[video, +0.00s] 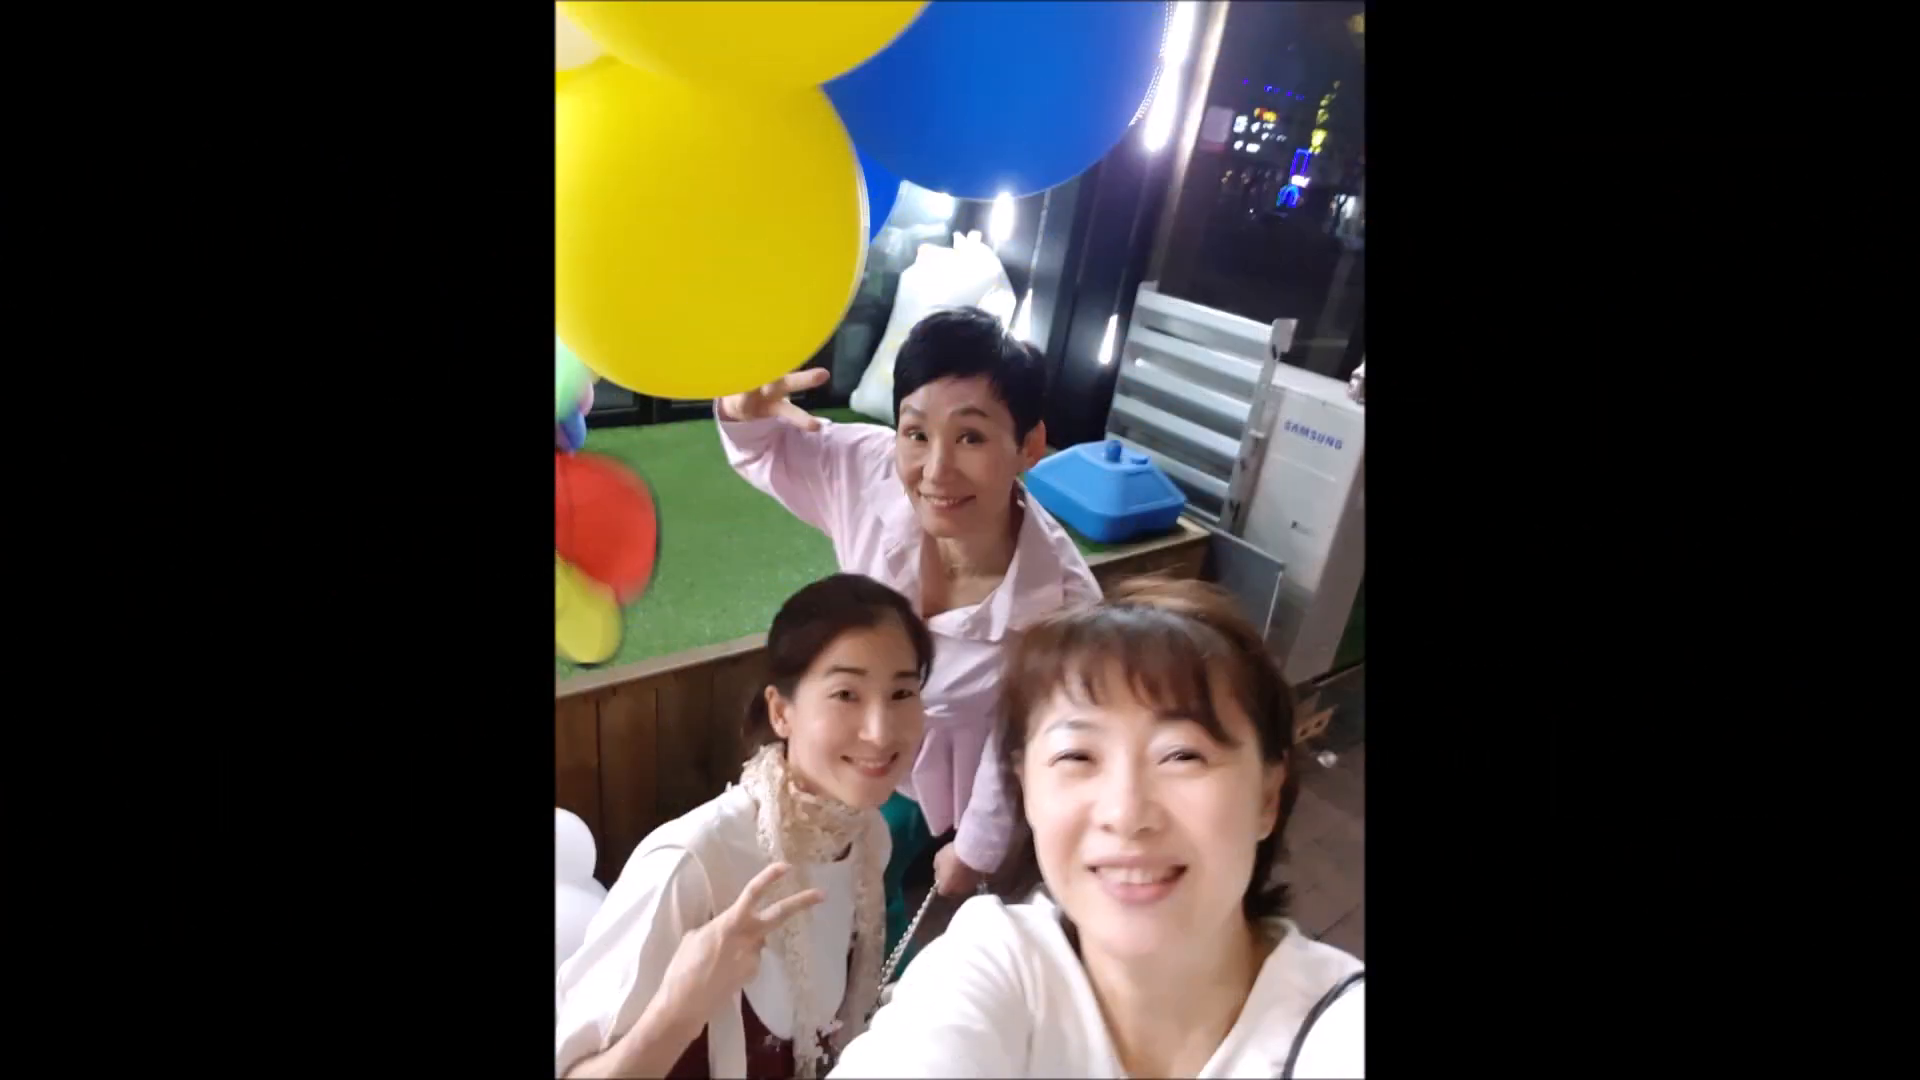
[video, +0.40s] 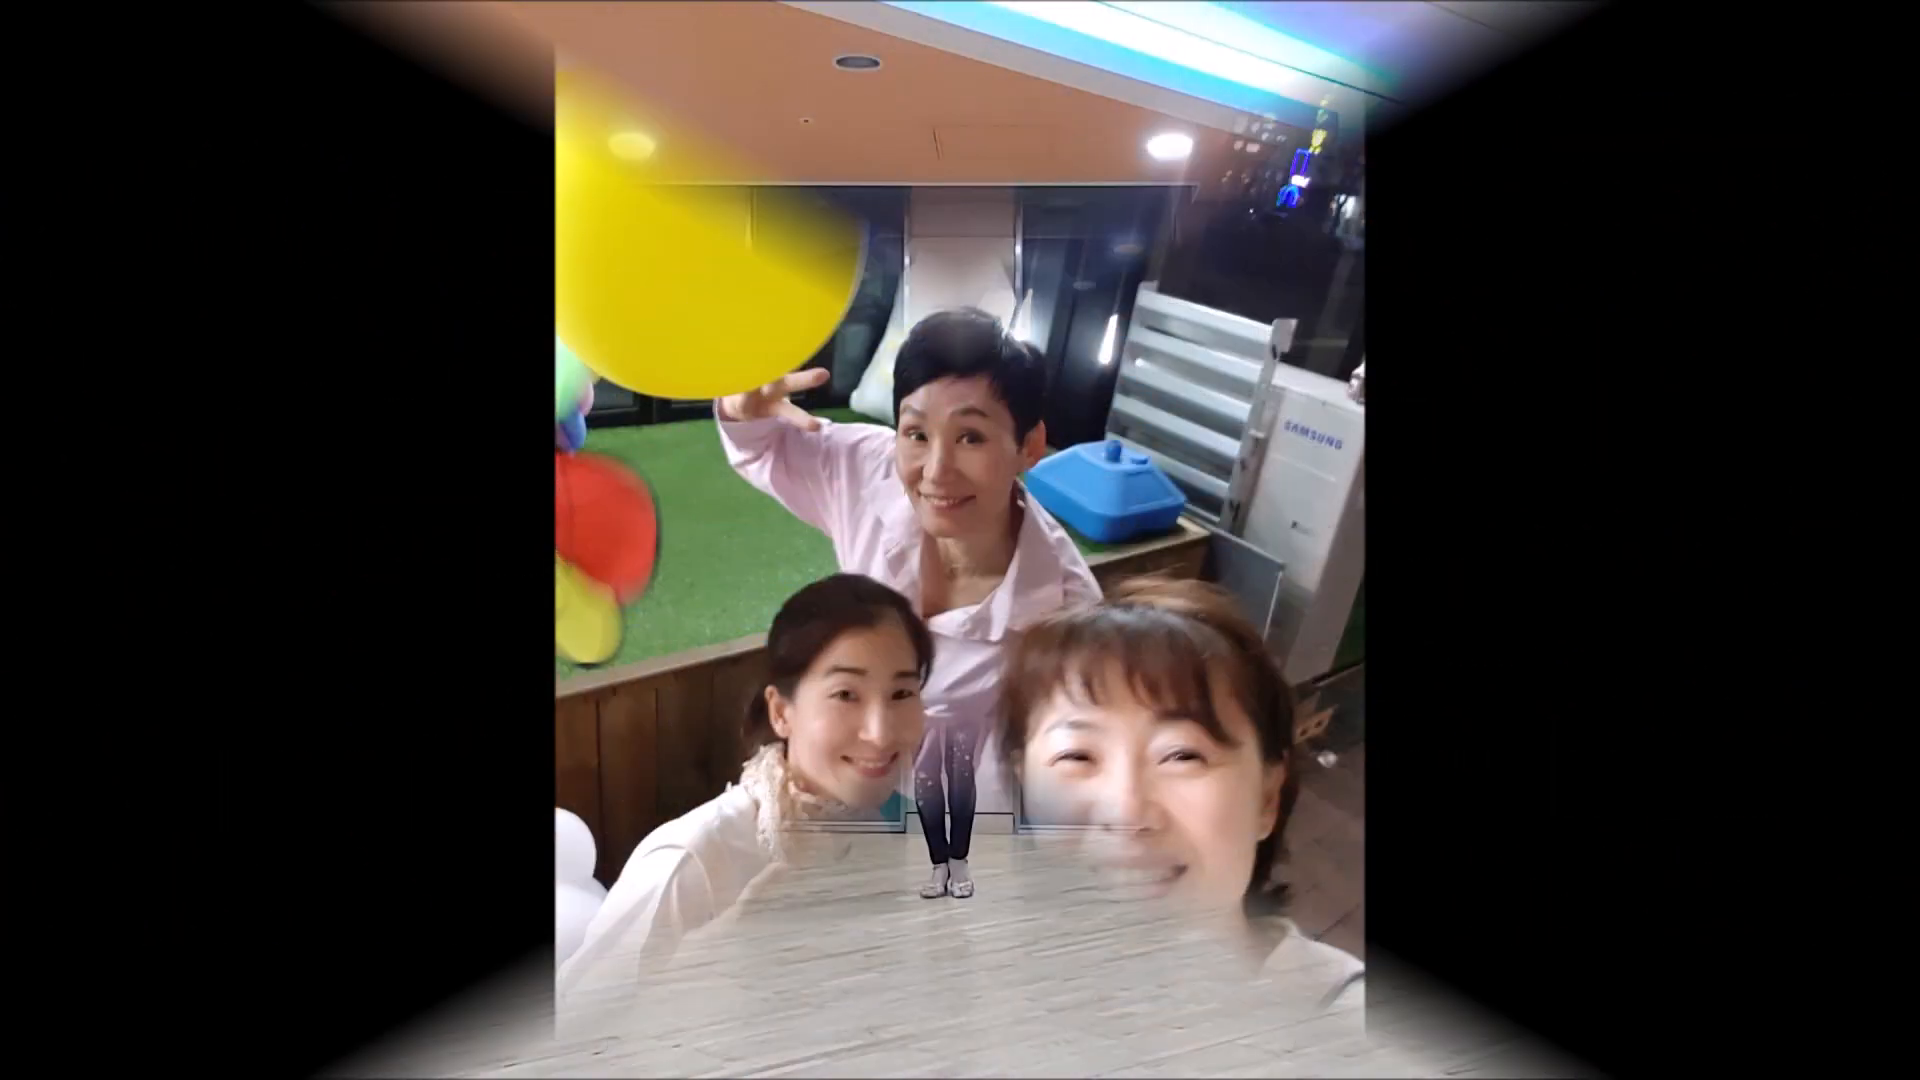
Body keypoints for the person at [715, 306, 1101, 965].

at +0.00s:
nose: (937, 469)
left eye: (971, 438)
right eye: (917, 435)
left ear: (1030, 448)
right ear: (895, 434)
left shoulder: (1058, 604)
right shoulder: (869, 470)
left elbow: (1023, 756)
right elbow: (771, 446)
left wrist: (973, 855)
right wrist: (749, 410)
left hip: (951, 818)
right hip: (844, 773)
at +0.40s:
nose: (937, 468)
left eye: (972, 438)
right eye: (917, 435)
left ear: (1030, 450)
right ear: (896, 434)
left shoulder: (1062, 608)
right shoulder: (866, 469)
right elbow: (762, 442)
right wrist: (749, 405)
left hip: (970, 834)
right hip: (832, 801)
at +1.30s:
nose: (964, 489)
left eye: (972, 482)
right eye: (955, 482)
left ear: (983, 489)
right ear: (944, 489)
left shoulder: (1001, 537)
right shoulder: (928, 542)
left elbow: (1031, 592)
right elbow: (913, 594)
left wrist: (1022, 622)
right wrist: (899, 630)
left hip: (1000, 659)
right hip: (952, 657)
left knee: (994, 750)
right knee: (986, 739)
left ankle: (982, 839)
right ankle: (964, 817)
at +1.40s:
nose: (967, 488)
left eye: (974, 481)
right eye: (959, 482)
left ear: (985, 489)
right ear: (946, 490)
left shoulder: (1003, 539)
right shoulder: (929, 541)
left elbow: (1032, 595)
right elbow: (911, 594)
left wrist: (1026, 628)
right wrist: (888, 636)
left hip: (1001, 660)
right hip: (954, 662)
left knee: (994, 752)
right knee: (987, 745)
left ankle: (982, 841)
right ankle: (963, 830)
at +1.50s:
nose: (969, 489)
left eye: (976, 481)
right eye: (960, 482)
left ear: (987, 488)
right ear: (948, 489)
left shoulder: (1004, 540)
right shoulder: (931, 540)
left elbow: (1031, 596)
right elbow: (911, 597)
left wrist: (1027, 637)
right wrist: (885, 642)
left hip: (1000, 660)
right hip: (955, 663)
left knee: (994, 753)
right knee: (986, 746)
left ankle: (981, 839)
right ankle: (962, 829)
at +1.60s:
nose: (971, 489)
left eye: (979, 482)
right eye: (963, 483)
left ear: (990, 489)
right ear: (951, 490)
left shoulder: (1005, 541)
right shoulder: (932, 541)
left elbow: (1033, 599)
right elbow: (917, 603)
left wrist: (1035, 644)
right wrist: (896, 646)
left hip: (1000, 660)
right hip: (953, 662)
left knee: (994, 751)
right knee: (987, 744)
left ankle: (980, 840)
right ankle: (961, 828)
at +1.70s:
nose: (972, 491)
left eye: (979, 484)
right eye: (964, 485)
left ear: (990, 490)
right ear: (952, 492)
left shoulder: (1010, 543)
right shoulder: (935, 545)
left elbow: (1041, 595)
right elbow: (931, 602)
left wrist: (1056, 643)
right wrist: (925, 630)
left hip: (997, 663)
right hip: (948, 663)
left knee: (993, 752)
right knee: (970, 744)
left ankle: (980, 839)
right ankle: (940, 812)